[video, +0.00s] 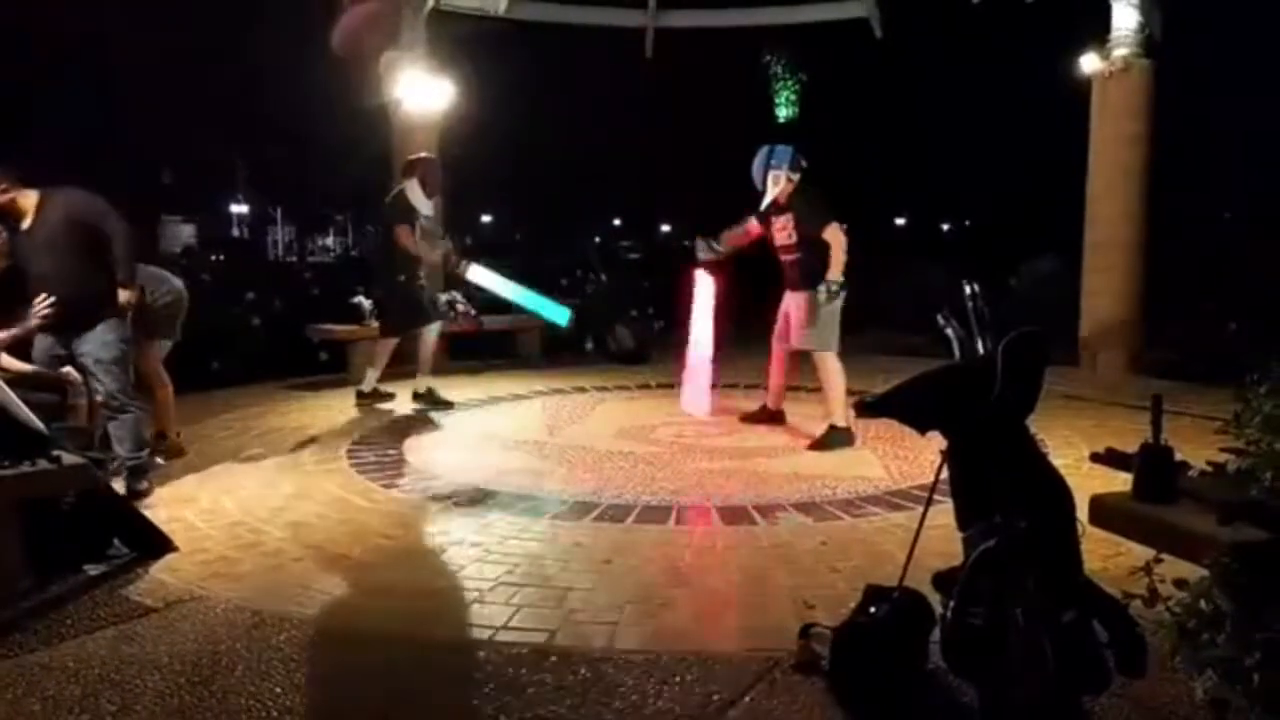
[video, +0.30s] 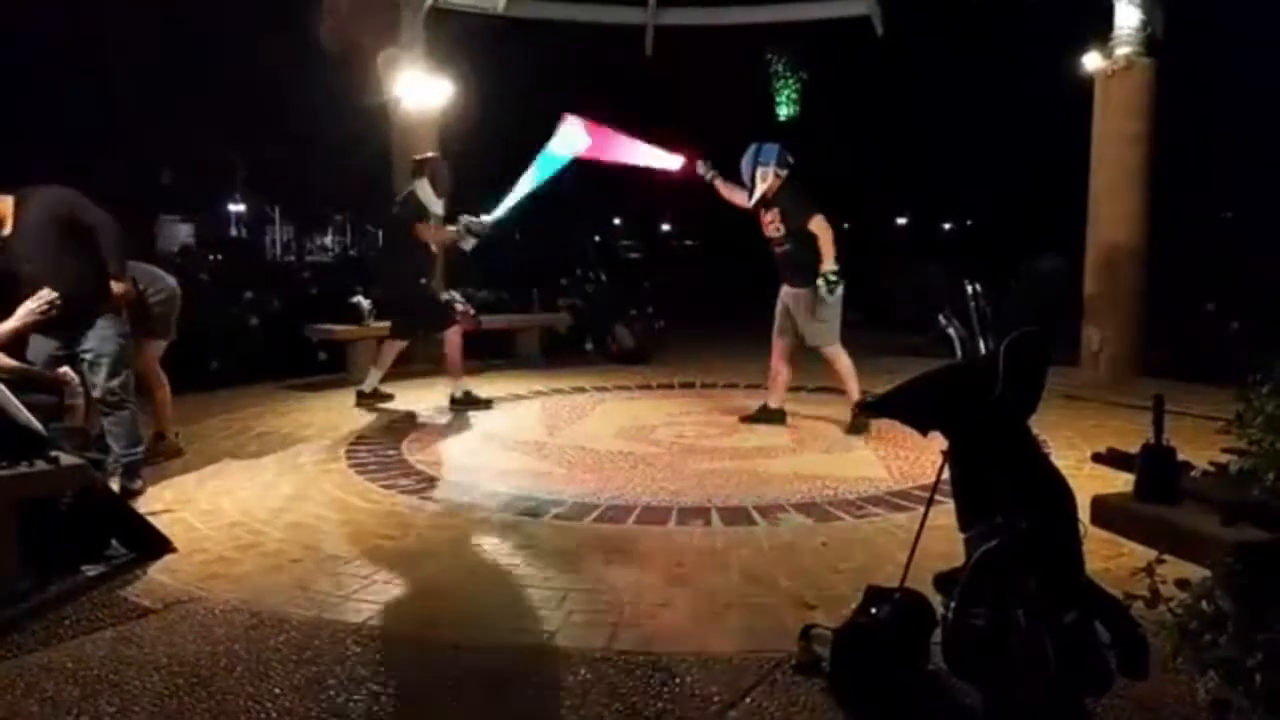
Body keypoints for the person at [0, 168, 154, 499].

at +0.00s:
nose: (2, 211)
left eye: (1, 203)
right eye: (1, 205)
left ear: (9, 192)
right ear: (7, 194)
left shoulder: (68, 204)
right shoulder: (15, 237)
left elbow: (119, 230)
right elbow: (23, 285)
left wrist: (125, 283)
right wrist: (28, 322)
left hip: (98, 320)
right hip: (50, 329)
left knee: (114, 396)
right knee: (44, 401)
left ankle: (134, 471)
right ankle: (55, 477)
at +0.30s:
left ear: (4, 200)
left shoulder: (50, 202)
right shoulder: (5, 250)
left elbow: (106, 226)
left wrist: (117, 275)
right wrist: (15, 324)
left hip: (96, 312)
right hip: (45, 325)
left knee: (110, 393)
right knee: (35, 396)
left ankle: (127, 469)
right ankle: (47, 473)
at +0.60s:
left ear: (6, 196)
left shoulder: (50, 201)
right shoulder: (5, 241)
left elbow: (105, 228)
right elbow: (8, 295)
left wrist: (113, 277)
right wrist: (17, 327)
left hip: (92, 314)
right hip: (40, 326)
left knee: (109, 394)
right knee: (35, 398)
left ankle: (125, 470)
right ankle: (54, 474)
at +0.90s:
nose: (2, 207)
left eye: (2, 200)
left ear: (10, 187)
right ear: (4, 193)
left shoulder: (66, 199)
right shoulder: (7, 231)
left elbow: (114, 225)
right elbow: (7, 282)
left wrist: (95, 266)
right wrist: (15, 310)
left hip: (89, 316)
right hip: (45, 325)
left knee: (105, 395)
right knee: (43, 401)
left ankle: (126, 471)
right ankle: (62, 473)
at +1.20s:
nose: (17, 195)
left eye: (17, 186)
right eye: (13, 189)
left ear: (35, 174)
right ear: (31, 179)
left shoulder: (90, 197)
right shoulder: (43, 213)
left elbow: (108, 233)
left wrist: (52, 244)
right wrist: (26, 272)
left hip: (104, 314)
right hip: (61, 317)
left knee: (113, 397)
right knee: (54, 393)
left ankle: (127, 471)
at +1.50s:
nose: (32, 194)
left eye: (33, 185)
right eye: (29, 188)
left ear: (52, 175)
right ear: (51, 177)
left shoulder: (93, 206)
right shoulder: (72, 206)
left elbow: (65, 254)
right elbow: (60, 253)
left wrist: (26, 264)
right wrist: (31, 264)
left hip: (112, 317)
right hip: (92, 313)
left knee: (119, 399)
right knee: (100, 395)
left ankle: (128, 471)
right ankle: (109, 463)